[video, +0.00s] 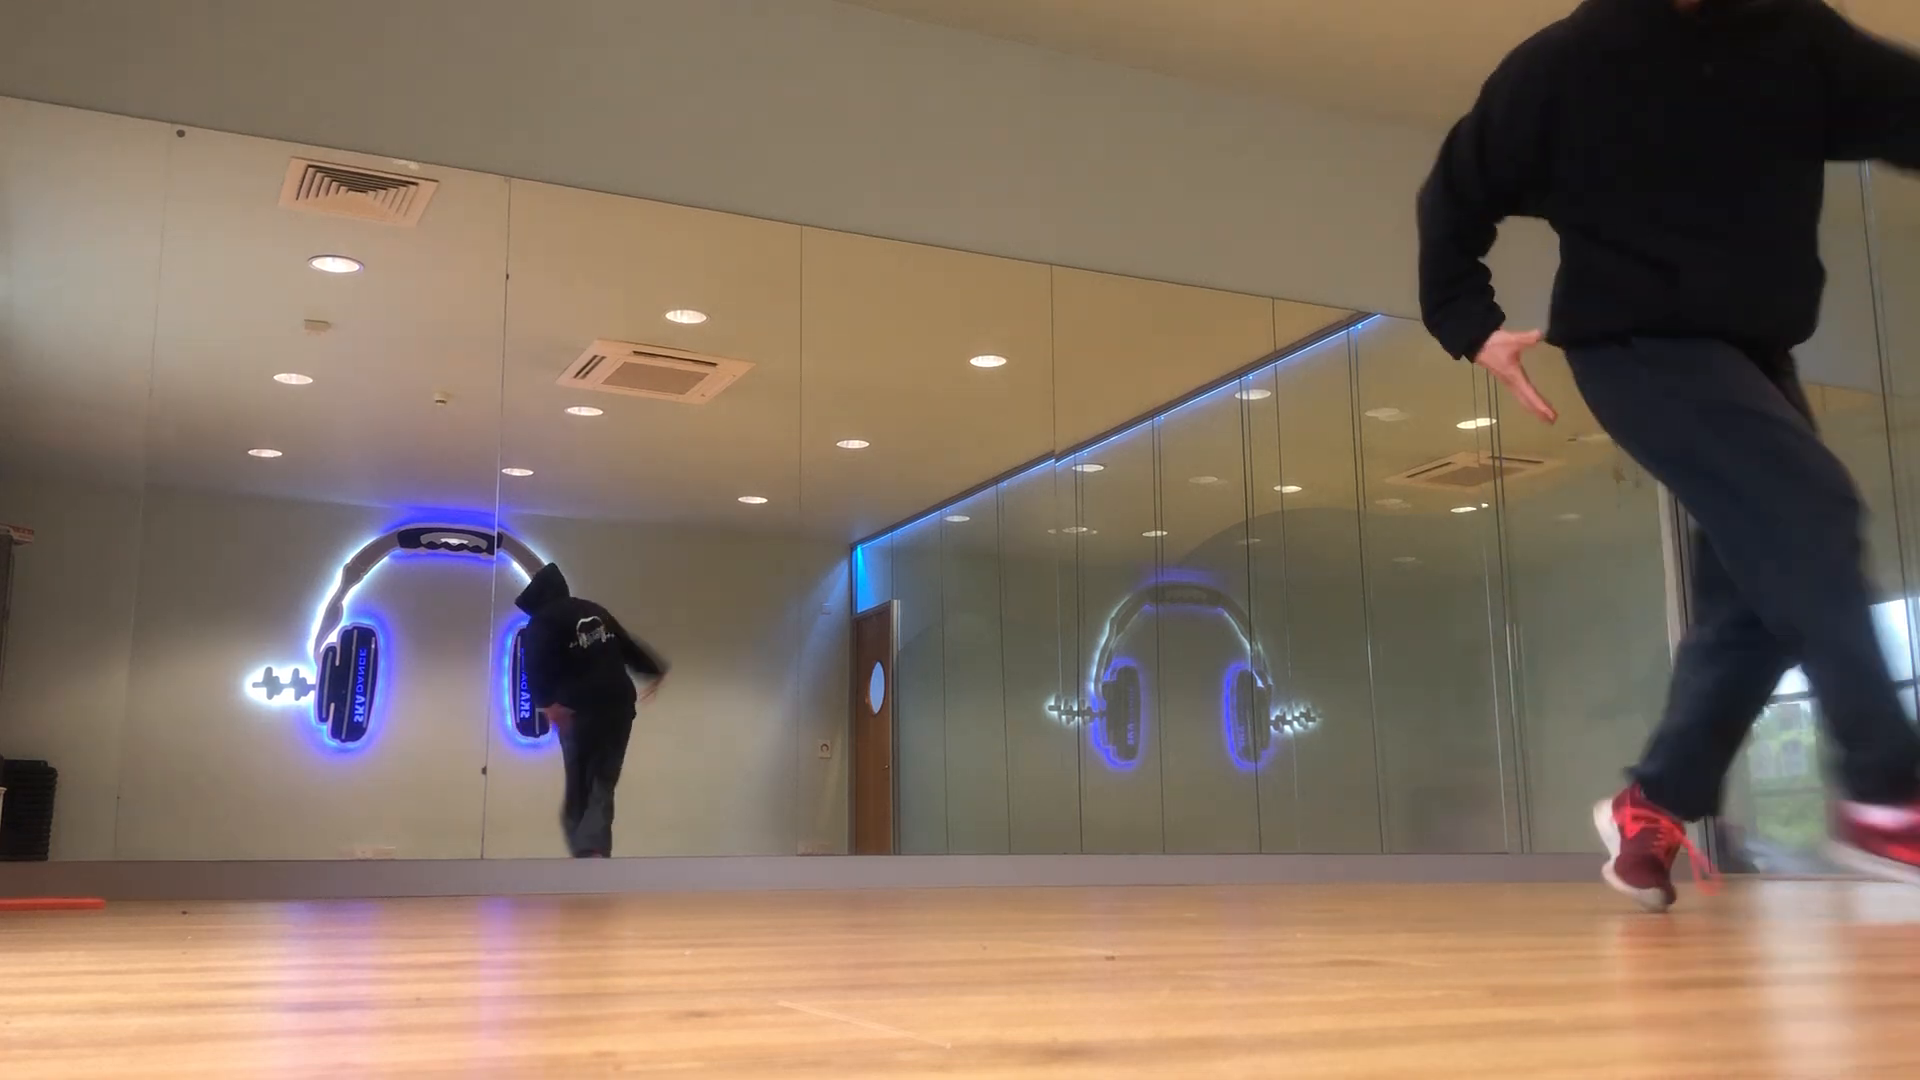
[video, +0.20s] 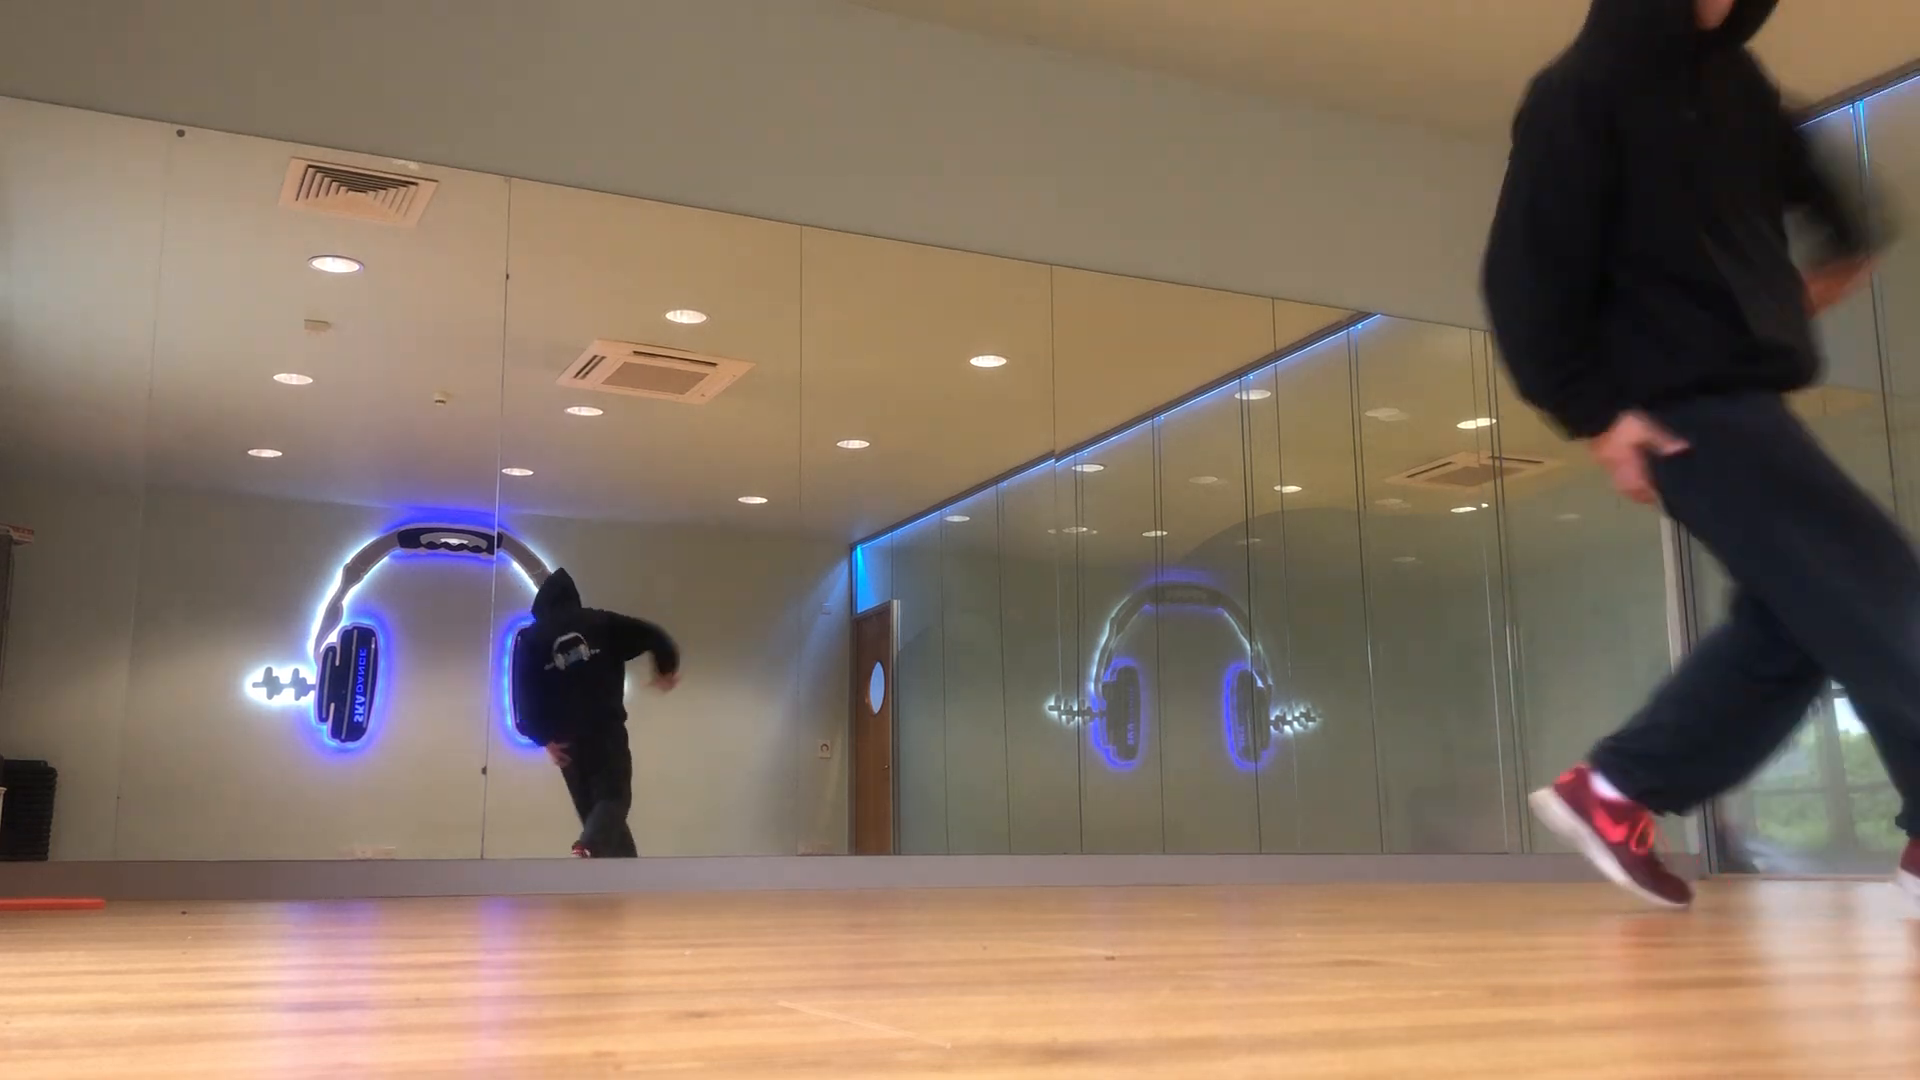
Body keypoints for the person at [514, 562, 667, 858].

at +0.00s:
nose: (527, 610)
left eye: (529, 603)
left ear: (536, 598)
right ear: (562, 589)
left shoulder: (539, 624)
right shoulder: (592, 609)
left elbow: (536, 666)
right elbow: (623, 644)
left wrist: (546, 702)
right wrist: (655, 669)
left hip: (574, 703)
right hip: (618, 699)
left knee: (578, 774)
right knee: (605, 776)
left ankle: (582, 846)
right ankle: (596, 847)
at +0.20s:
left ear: (541, 603)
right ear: (574, 596)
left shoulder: (529, 638)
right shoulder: (600, 622)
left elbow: (524, 696)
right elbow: (655, 636)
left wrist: (544, 739)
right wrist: (666, 668)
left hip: (563, 731)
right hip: (606, 723)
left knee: (593, 807)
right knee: (615, 795)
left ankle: (627, 873)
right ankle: (587, 846)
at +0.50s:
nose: (567, 592)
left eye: (564, 587)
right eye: (565, 585)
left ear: (535, 577)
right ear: (561, 580)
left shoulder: (517, 608)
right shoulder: (549, 603)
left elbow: (507, 660)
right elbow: (552, 640)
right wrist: (560, 671)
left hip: (503, 706)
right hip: (531, 704)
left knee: (543, 775)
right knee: (562, 783)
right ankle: (577, 867)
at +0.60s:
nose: (550, 581)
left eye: (548, 574)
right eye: (547, 574)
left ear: (517, 570)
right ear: (538, 573)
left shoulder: (506, 600)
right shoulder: (524, 604)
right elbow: (528, 653)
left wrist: (554, 658)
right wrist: (557, 655)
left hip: (491, 703)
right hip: (514, 706)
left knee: (495, 784)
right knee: (531, 784)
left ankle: (415, 833)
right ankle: (510, 859)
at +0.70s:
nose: (530, 597)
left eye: (529, 591)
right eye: (528, 591)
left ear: (502, 586)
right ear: (518, 589)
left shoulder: (493, 618)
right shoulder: (493, 616)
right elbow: (493, 667)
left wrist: (523, 680)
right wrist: (526, 666)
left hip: (473, 708)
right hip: (476, 709)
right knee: (496, 789)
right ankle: (485, 870)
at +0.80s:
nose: (509, 623)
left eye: (511, 616)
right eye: (509, 616)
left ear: (483, 602)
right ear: (500, 609)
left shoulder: (458, 627)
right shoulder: (477, 630)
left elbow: (452, 680)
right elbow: (471, 675)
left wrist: (480, 705)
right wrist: (485, 703)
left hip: (417, 727)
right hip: (445, 726)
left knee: (433, 805)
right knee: (494, 785)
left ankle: (383, 869)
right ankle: (490, 868)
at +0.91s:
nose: (495, 629)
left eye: (497, 622)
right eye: (495, 620)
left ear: (468, 608)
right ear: (486, 613)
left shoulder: (437, 631)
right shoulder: (467, 637)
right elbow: (456, 693)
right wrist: (462, 718)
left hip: (389, 726)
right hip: (424, 726)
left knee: (411, 806)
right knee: (480, 777)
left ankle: (373, 870)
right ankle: (464, 852)